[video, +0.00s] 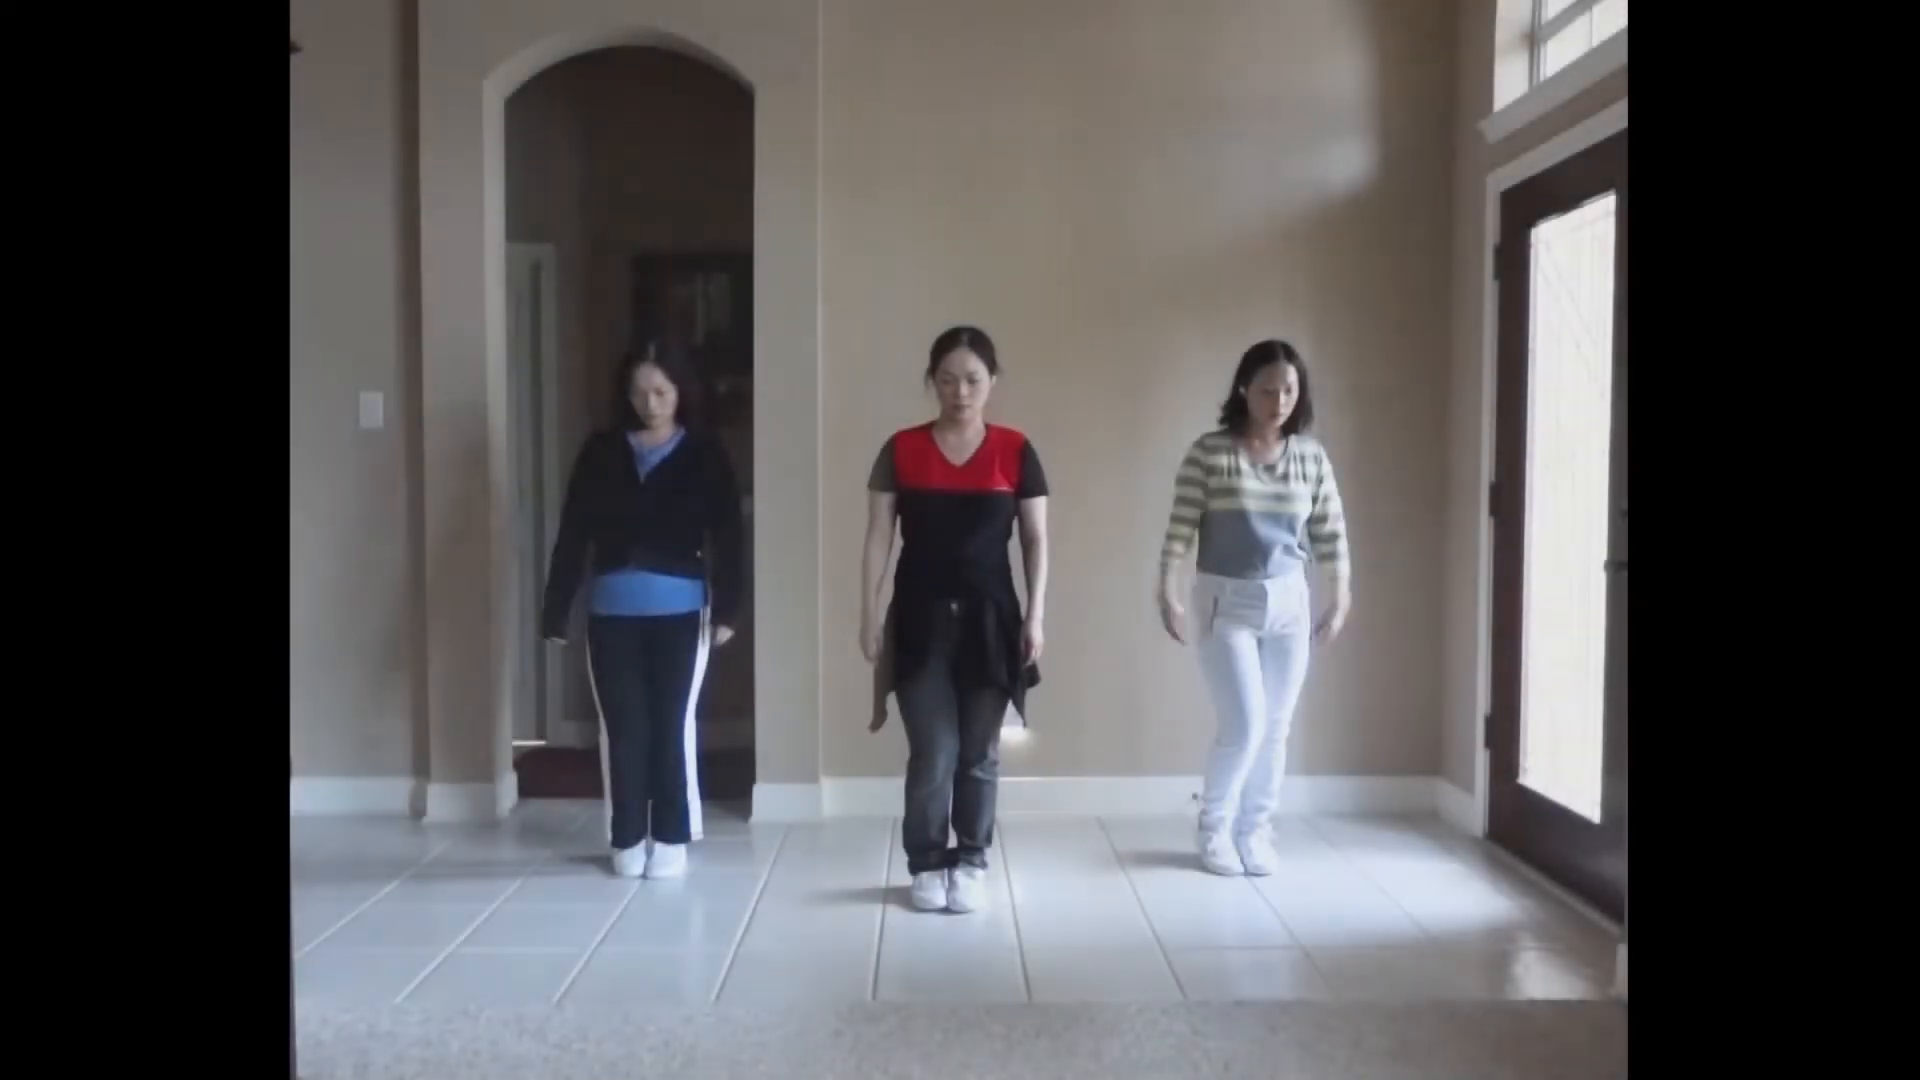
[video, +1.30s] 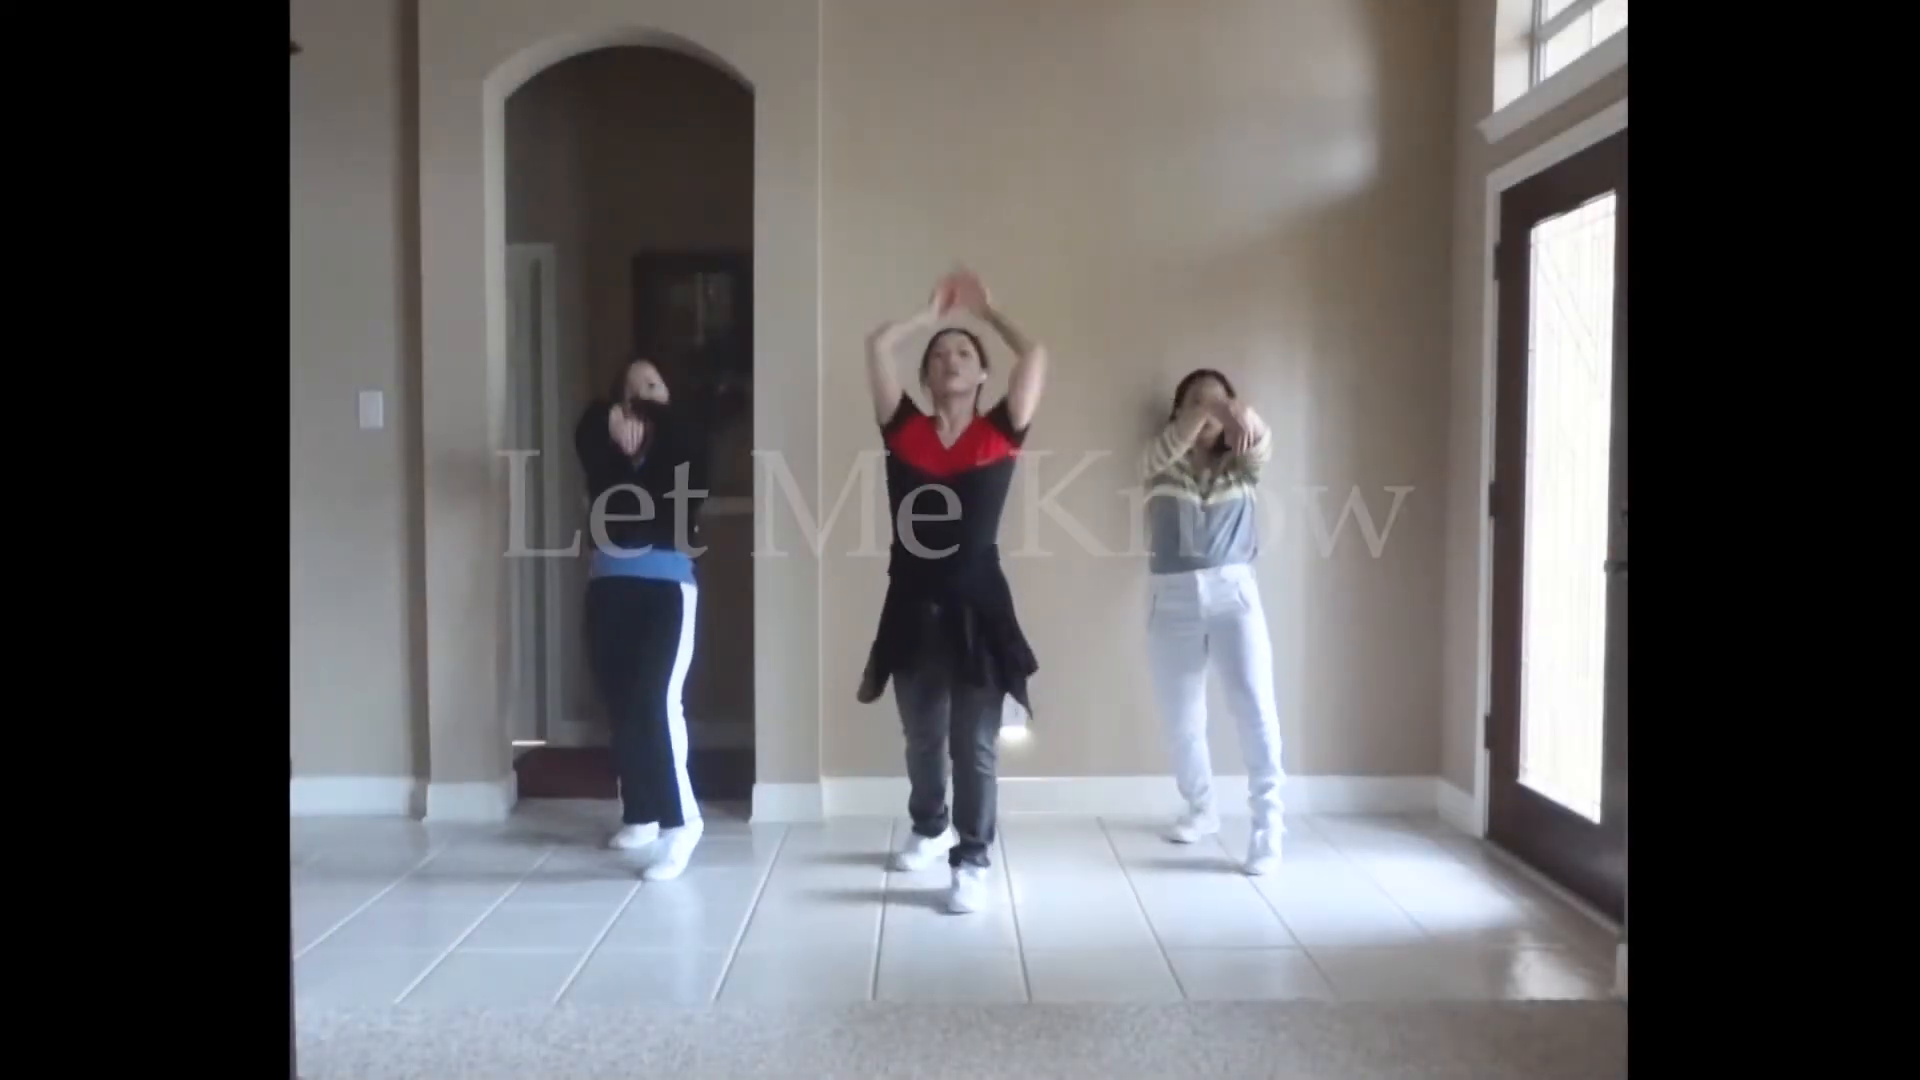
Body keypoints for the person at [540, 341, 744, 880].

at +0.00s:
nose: (651, 400)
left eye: (661, 390)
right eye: (642, 391)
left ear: (679, 393)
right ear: (629, 394)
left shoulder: (704, 453)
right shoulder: (602, 451)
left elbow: (727, 533)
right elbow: (573, 532)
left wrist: (729, 608)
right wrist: (557, 609)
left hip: (680, 613)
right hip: (612, 613)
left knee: (669, 726)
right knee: (625, 729)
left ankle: (670, 840)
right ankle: (628, 842)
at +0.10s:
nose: (651, 400)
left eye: (661, 390)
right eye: (642, 390)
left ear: (679, 392)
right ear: (628, 394)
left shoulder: (705, 453)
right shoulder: (601, 451)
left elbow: (743, 520)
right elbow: (566, 521)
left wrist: (736, 592)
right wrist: (540, 582)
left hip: (681, 612)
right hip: (613, 611)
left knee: (671, 726)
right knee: (624, 729)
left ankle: (673, 841)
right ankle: (627, 842)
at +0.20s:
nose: (651, 408)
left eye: (661, 396)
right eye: (641, 397)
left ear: (679, 398)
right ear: (628, 400)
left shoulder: (705, 455)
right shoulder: (604, 453)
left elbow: (758, 501)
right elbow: (554, 517)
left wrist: (752, 541)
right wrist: (503, 521)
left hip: (683, 618)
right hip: (616, 616)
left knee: (674, 733)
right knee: (623, 734)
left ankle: (673, 845)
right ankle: (626, 842)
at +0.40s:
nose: (647, 433)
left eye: (657, 422)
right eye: (638, 424)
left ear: (676, 422)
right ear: (627, 425)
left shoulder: (704, 473)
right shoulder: (608, 471)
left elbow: (752, 516)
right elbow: (545, 511)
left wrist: (742, 453)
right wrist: (552, 450)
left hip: (685, 630)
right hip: (618, 630)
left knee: (675, 742)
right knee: (622, 745)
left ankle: (671, 848)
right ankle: (631, 773)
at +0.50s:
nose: (644, 435)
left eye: (653, 424)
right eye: (636, 425)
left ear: (677, 423)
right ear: (627, 425)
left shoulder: (702, 472)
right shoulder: (609, 469)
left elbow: (749, 467)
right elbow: (541, 471)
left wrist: (705, 433)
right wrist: (584, 423)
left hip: (682, 627)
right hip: (615, 626)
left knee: (673, 739)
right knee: (618, 746)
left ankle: (670, 847)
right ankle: (635, 768)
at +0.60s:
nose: (642, 399)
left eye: (652, 388)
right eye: (635, 389)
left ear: (673, 395)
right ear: (626, 395)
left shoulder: (699, 449)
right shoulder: (601, 442)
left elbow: (748, 394)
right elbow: (543, 389)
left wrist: (696, 371)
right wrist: (611, 369)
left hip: (679, 604)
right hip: (615, 602)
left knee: (669, 721)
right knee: (619, 713)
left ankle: (672, 841)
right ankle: (637, 804)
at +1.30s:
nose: (644, 393)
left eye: (653, 386)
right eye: (634, 386)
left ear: (670, 396)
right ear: (620, 395)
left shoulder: (683, 434)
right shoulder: (602, 432)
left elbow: (685, 432)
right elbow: (587, 431)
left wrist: (649, 418)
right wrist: (610, 411)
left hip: (667, 585)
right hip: (611, 584)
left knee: (656, 701)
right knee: (623, 702)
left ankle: (683, 819)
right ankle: (641, 817)